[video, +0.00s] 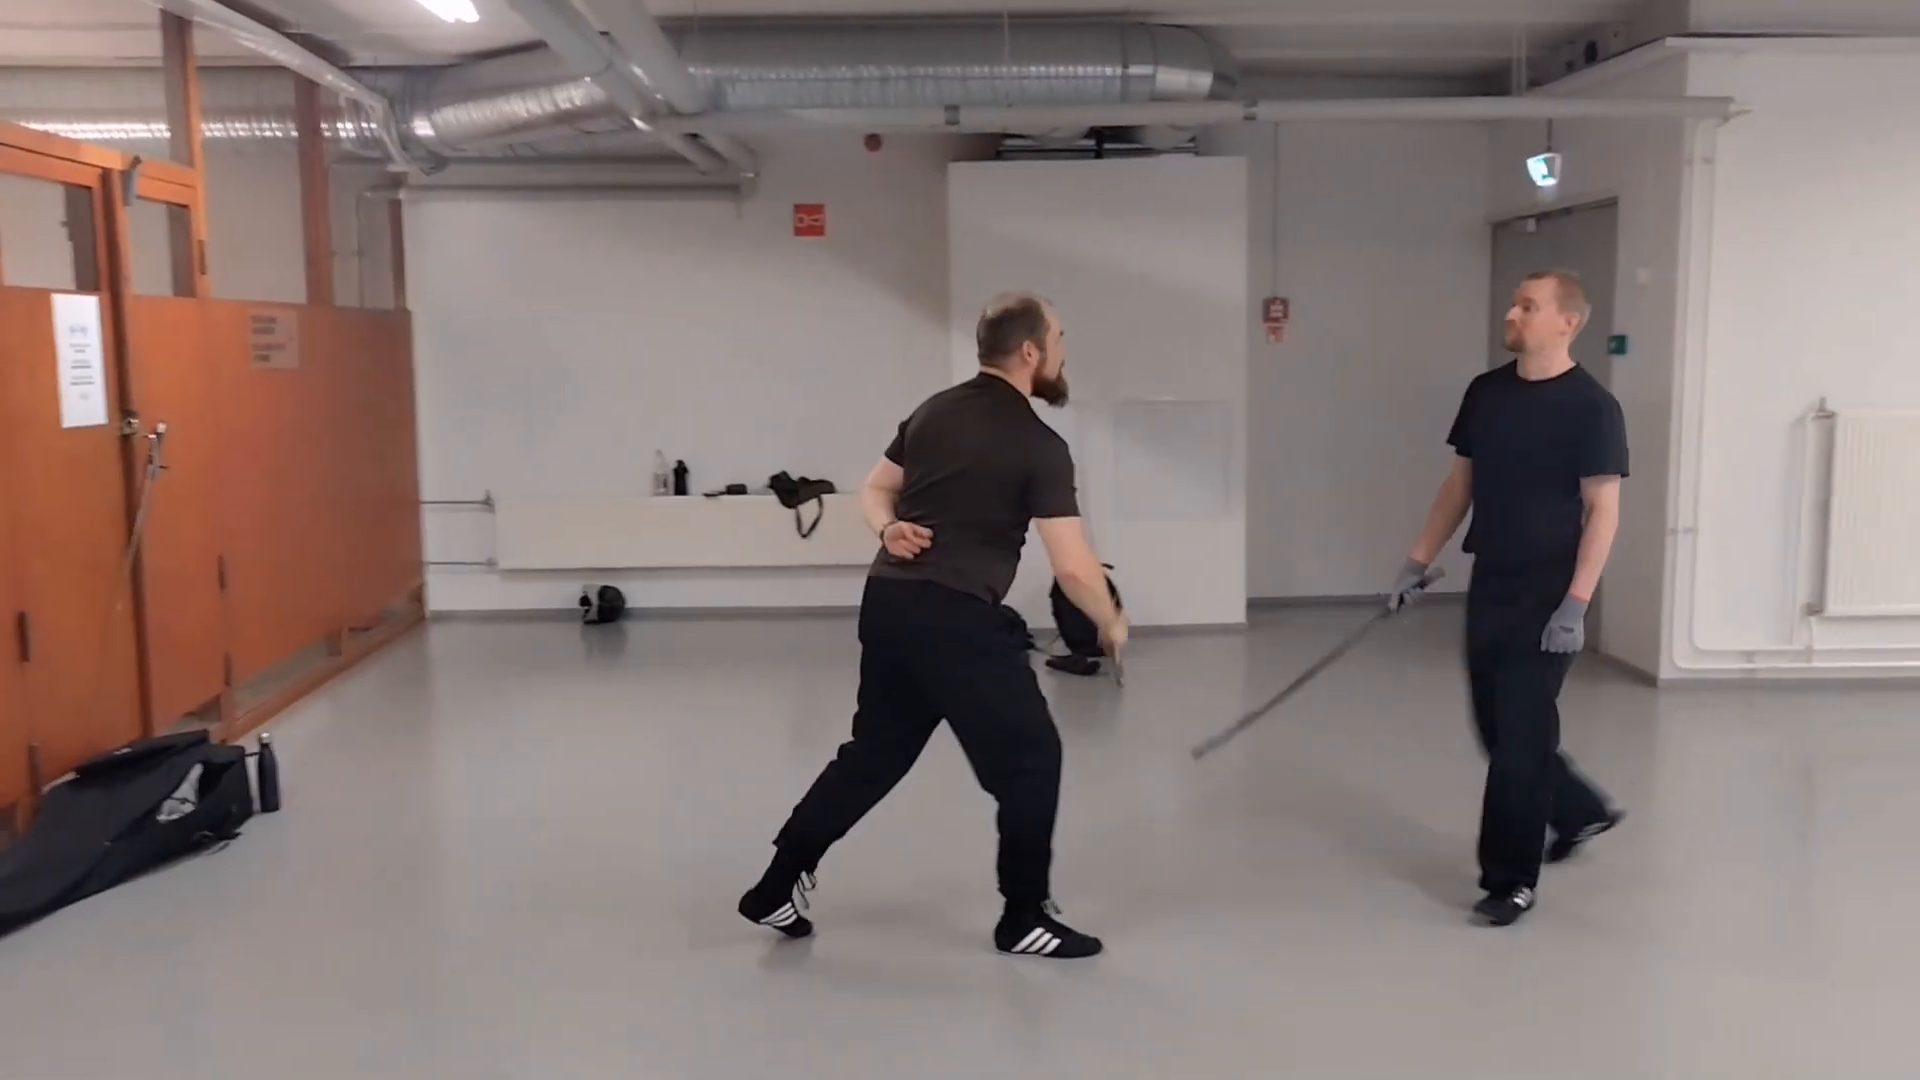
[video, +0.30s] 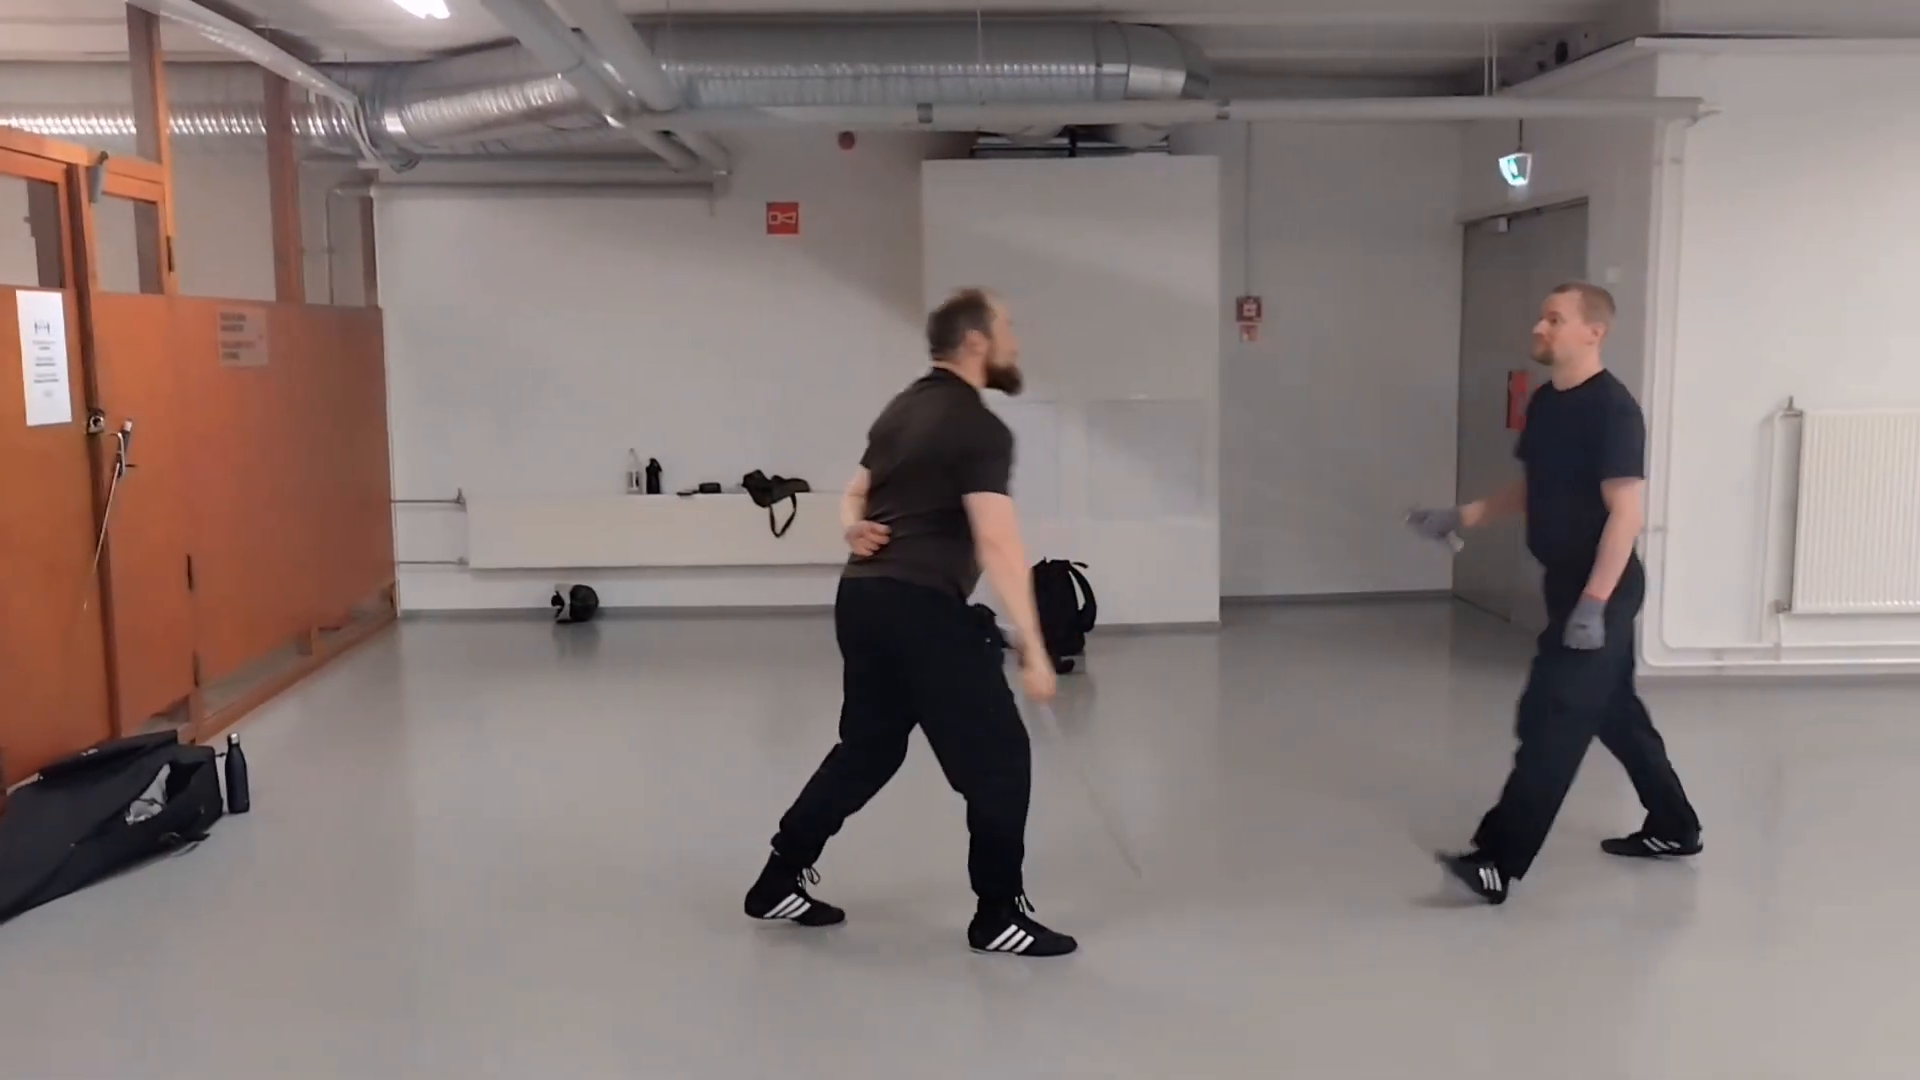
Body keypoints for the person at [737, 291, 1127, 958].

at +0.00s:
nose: (1064, 351)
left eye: (1061, 338)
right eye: (1058, 339)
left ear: (998, 354)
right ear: (1030, 352)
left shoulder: (935, 412)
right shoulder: (1039, 444)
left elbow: (877, 489)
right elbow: (1072, 564)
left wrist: (887, 527)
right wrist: (1109, 618)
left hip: (889, 606)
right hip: (962, 618)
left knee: (876, 754)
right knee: (1031, 758)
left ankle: (776, 888)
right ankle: (1024, 918)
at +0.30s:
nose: (1014, 344)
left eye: (1010, 330)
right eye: (1006, 332)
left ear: (947, 346)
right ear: (976, 342)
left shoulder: (901, 410)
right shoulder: (978, 427)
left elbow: (857, 495)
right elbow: (998, 547)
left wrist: (853, 525)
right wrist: (1033, 646)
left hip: (864, 602)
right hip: (928, 610)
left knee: (870, 747)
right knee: (1000, 758)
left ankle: (779, 881)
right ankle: (998, 915)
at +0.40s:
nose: (972, 346)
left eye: (967, 331)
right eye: (962, 332)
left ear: (912, 346)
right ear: (929, 343)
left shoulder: (865, 417)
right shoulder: (924, 422)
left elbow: (830, 534)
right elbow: (936, 536)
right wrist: (966, 631)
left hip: (839, 606)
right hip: (891, 610)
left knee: (857, 755)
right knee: (971, 769)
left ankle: (767, 889)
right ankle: (988, 916)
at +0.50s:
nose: (925, 350)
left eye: (922, 338)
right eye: (916, 337)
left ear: (872, 348)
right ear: (882, 346)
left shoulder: (841, 413)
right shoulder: (859, 416)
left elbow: (796, 534)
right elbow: (854, 522)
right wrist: (881, 616)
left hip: (815, 612)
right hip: (837, 612)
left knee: (839, 756)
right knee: (921, 755)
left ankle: (757, 892)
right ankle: (979, 908)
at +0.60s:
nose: (889, 353)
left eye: (886, 340)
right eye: (879, 340)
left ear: (839, 348)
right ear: (842, 347)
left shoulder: (825, 413)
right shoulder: (810, 410)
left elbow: (802, 510)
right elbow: (774, 509)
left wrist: (758, 541)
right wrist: (801, 606)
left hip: (786, 609)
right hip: (783, 611)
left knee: (815, 750)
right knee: (873, 745)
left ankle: (749, 893)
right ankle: (911, 909)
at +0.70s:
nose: (855, 350)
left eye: (852, 338)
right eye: (845, 337)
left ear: (808, 347)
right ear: (809, 346)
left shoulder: (794, 412)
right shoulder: (773, 406)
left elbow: (748, 506)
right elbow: (720, 502)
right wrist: (732, 600)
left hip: (764, 607)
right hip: (743, 609)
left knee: (804, 746)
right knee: (796, 747)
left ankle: (760, 889)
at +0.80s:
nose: (824, 350)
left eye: (820, 337)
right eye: (813, 337)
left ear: (776, 350)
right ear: (774, 347)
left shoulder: (760, 413)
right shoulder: (732, 404)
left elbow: (715, 501)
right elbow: (674, 499)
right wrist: (683, 595)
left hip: (727, 605)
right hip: (688, 603)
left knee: (763, 752)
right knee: (724, 750)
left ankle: (734, 896)